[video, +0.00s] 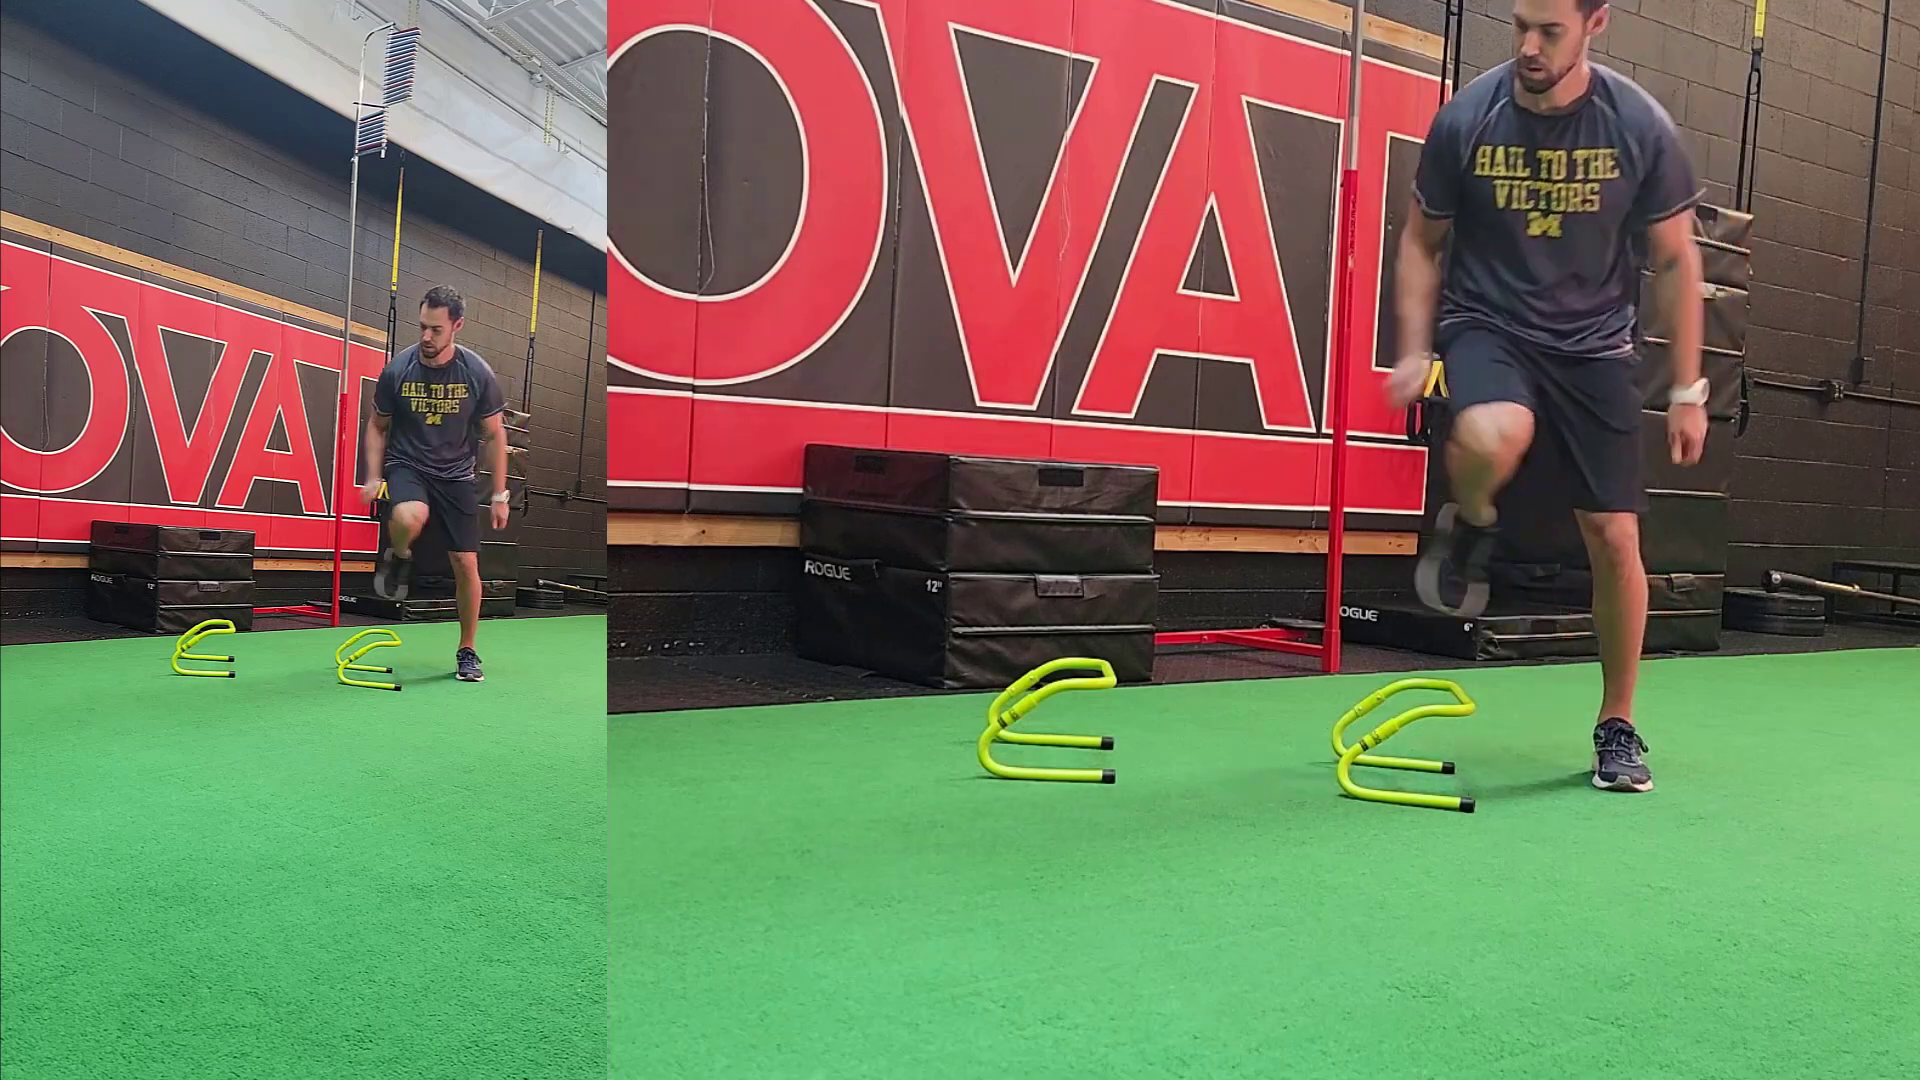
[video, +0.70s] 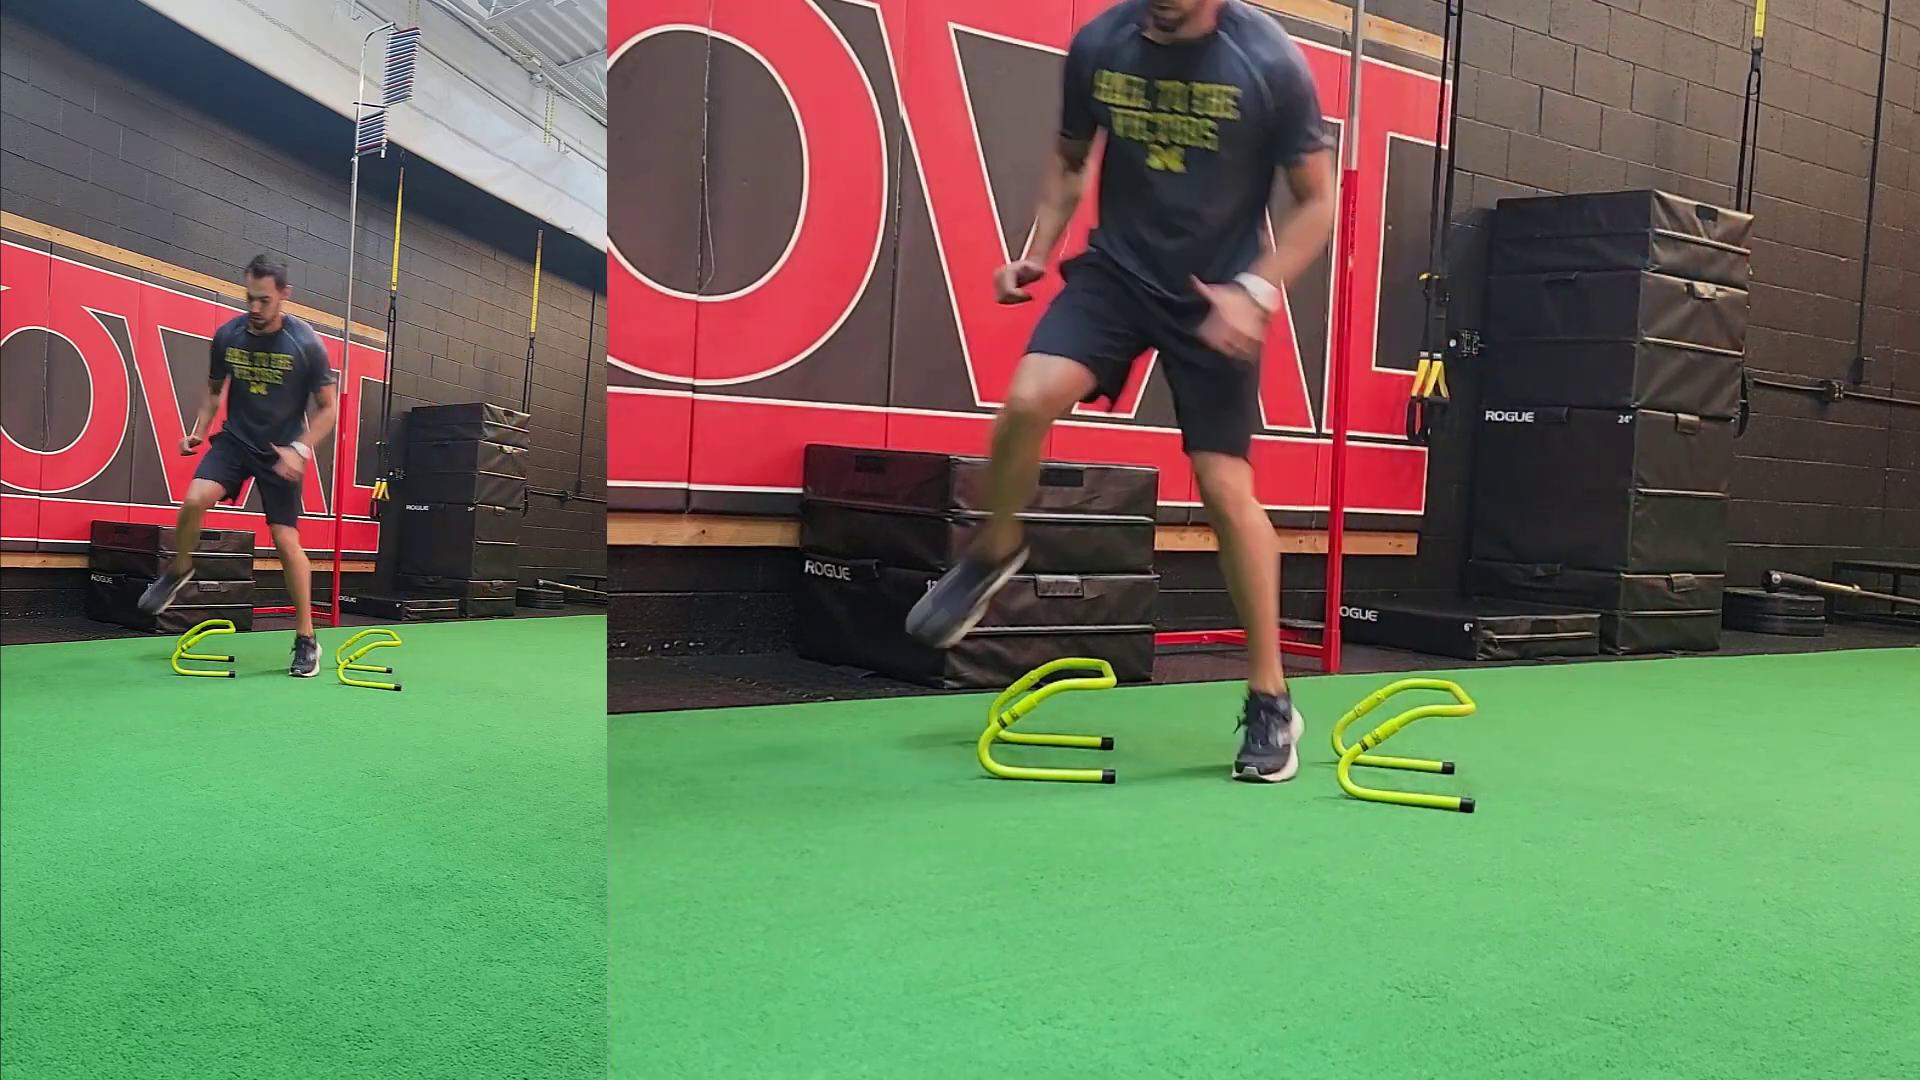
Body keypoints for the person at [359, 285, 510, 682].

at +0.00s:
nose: (427, 336)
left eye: (435, 328)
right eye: (422, 327)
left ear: (457, 326)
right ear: (417, 322)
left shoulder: (478, 374)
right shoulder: (397, 370)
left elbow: (494, 434)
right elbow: (377, 426)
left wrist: (500, 493)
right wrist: (372, 477)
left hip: (456, 474)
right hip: (406, 466)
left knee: (466, 564)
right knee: (408, 519)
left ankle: (468, 649)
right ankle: (398, 559)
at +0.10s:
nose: (408, 331)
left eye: (417, 324)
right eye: (404, 322)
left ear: (439, 321)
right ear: (398, 318)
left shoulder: (461, 369)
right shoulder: (379, 369)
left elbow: (473, 428)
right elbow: (350, 419)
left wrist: (464, 464)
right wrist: (336, 474)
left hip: (442, 472)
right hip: (390, 465)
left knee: (456, 562)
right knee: (368, 514)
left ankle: (467, 649)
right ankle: (350, 583)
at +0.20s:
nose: (384, 316)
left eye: (393, 309)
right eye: (379, 307)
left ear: (414, 305)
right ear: (374, 303)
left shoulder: (435, 351)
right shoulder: (353, 352)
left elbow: (455, 397)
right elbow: (327, 402)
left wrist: (436, 412)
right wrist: (321, 458)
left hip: (414, 463)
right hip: (360, 458)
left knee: (435, 546)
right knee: (337, 532)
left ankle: (460, 640)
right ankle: (304, 622)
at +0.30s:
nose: (362, 317)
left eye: (370, 310)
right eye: (357, 308)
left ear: (391, 307)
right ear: (352, 305)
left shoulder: (411, 353)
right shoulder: (327, 354)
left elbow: (421, 399)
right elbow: (308, 411)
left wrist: (423, 441)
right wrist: (304, 463)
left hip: (387, 456)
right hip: (335, 458)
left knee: (406, 531)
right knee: (319, 549)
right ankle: (300, 636)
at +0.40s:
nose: (338, 314)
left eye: (347, 307)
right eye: (333, 305)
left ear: (365, 305)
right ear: (326, 301)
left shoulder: (383, 352)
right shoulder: (303, 350)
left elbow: (404, 398)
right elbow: (280, 407)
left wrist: (407, 451)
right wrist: (296, 436)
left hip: (362, 454)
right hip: (312, 455)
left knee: (356, 503)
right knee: (302, 549)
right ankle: (298, 639)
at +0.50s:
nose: (313, 308)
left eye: (321, 301)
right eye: (308, 299)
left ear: (342, 297)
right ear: (301, 295)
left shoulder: (364, 344)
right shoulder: (280, 340)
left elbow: (384, 395)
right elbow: (263, 396)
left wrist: (382, 451)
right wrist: (270, 430)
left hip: (336, 447)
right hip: (289, 444)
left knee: (323, 521)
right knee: (273, 523)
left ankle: (319, 622)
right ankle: (287, 604)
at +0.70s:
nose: (254, 309)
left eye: (264, 300)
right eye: (250, 298)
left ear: (284, 296)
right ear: (244, 293)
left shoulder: (307, 345)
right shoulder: (227, 336)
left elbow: (330, 409)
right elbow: (213, 388)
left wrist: (300, 449)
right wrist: (198, 429)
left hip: (281, 451)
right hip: (234, 442)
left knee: (285, 539)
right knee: (193, 501)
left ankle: (306, 638)